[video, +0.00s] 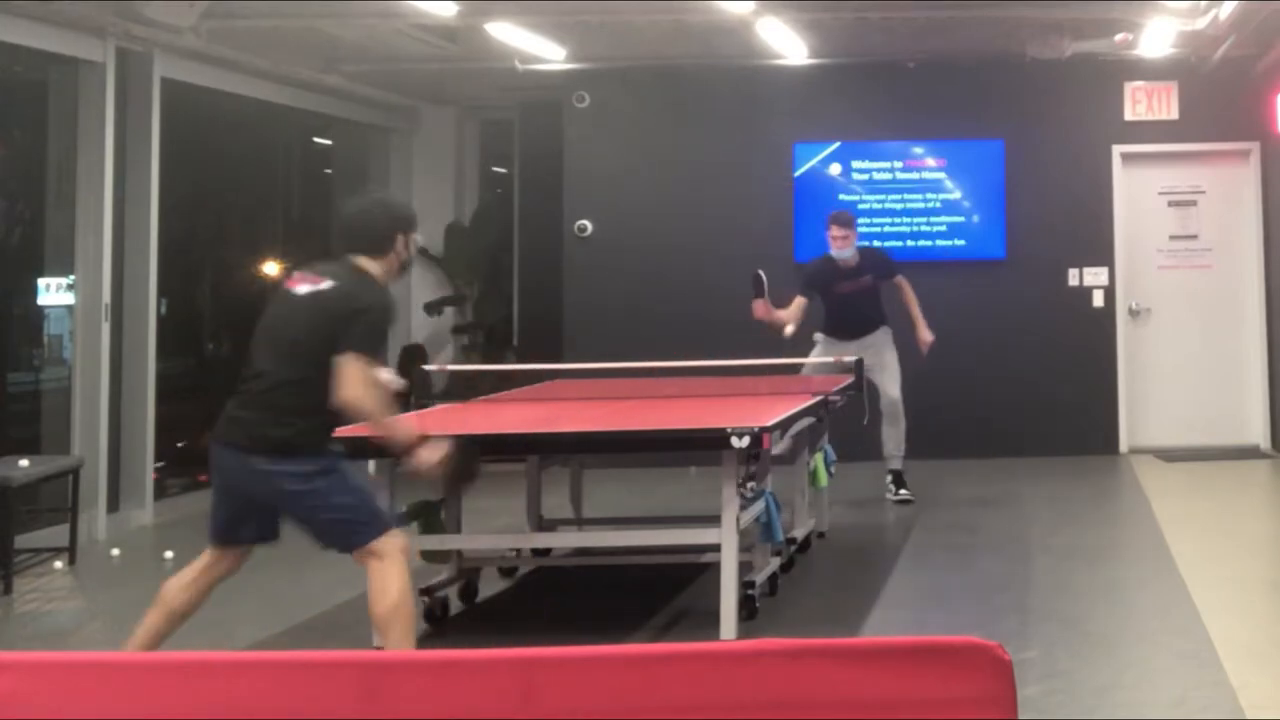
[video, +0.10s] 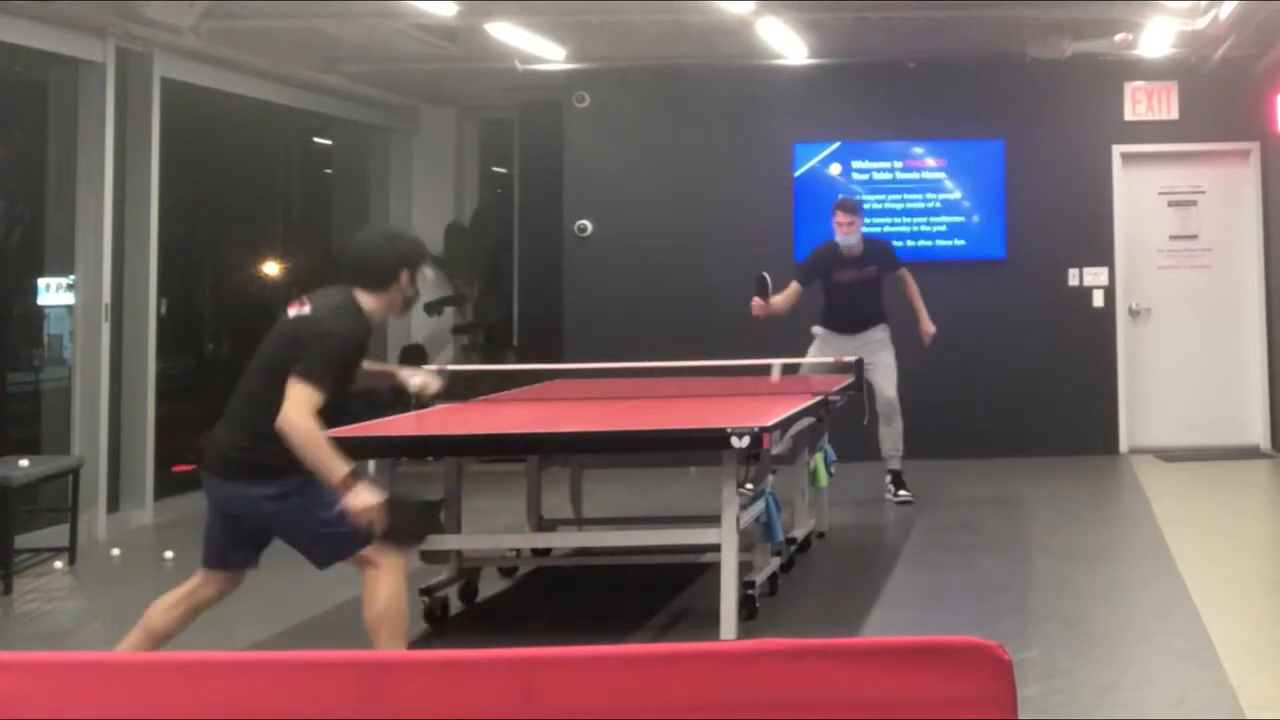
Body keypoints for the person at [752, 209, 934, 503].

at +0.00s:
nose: (839, 241)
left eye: (845, 236)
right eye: (834, 236)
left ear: (855, 236)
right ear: (828, 238)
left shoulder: (876, 260)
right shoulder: (818, 271)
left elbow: (903, 286)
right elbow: (793, 313)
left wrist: (921, 327)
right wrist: (771, 313)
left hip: (875, 340)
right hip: (832, 343)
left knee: (892, 398)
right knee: (802, 392)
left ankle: (895, 473)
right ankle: (817, 457)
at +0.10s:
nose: (844, 228)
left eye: (850, 223)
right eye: (839, 223)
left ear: (861, 223)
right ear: (833, 223)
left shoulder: (880, 250)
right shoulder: (823, 255)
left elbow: (906, 280)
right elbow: (790, 295)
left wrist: (924, 320)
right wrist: (769, 306)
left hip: (873, 337)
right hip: (830, 338)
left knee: (888, 399)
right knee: (803, 395)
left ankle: (894, 473)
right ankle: (807, 461)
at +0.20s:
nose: (843, 214)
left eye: (848, 209)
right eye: (838, 209)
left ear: (858, 210)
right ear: (830, 211)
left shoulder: (878, 243)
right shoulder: (818, 245)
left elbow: (901, 276)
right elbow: (789, 282)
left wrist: (916, 317)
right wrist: (767, 301)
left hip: (869, 335)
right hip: (825, 336)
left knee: (885, 398)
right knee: (798, 396)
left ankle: (894, 473)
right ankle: (785, 466)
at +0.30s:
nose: (832, 208)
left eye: (838, 203)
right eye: (828, 203)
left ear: (849, 204)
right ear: (821, 205)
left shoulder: (870, 240)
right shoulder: (808, 244)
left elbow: (891, 282)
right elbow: (786, 283)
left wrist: (899, 326)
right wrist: (767, 306)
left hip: (862, 336)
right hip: (818, 337)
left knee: (881, 399)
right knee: (792, 400)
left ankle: (893, 473)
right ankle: (801, 466)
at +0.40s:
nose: (816, 211)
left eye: (822, 205)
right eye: (812, 205)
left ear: (833, 207)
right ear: (804, 208)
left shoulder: (854, 243)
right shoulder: (795, 249)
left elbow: (875, 290)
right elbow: (778, 293)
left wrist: (874, 335)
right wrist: (762, 326)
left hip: (852, 340)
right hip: (808, 343)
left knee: (877, 402)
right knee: (789, 409)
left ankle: (892, 473)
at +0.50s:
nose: (791, 208)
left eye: (797, 203)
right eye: (786, 203)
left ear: (807, 206)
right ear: (779, 208)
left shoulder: (828, 241)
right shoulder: (774, 251)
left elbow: (851, 292)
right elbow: (763, 295)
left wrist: (838, 331)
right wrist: (751, 331)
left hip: (829, 345)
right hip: (786, 348)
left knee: (862, 404)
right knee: (764, 414)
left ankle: (889, 472)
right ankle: (744, 482)